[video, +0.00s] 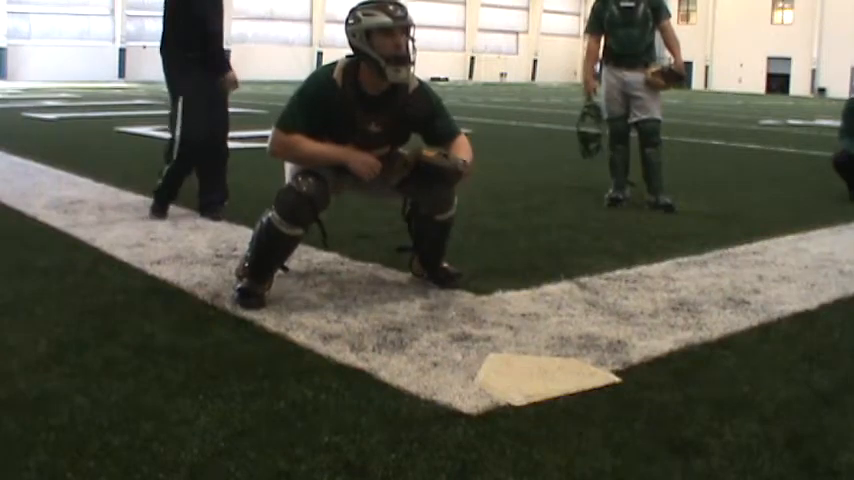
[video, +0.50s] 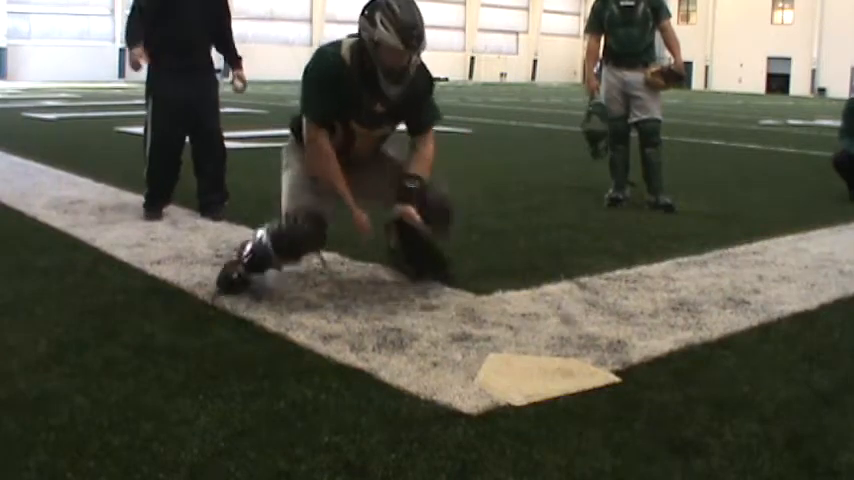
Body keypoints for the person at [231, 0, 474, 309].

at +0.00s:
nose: (400, 44)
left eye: (403, 35)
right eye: (388, 36)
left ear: (409, 37)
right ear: (362, 41)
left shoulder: (413, 92)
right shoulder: (325, 83)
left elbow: (456, 140)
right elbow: (280, 143)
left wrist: (456, 164)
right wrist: (348, 157)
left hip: (382, 166)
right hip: (322, 165)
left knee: (436, 181)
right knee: (305, 193)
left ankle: (430, 264)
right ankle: (254, 278)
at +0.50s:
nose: (400, 64)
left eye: (407, 55)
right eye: (392, 54)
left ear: (417, 51)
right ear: (369, 44)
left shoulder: (418, 79)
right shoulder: (328, 64)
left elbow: (424, 140)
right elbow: (315, 143)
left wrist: (409, 197)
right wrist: (352, 206)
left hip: (366, 158)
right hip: (313, 153)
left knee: (433, 206)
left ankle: (412, 255)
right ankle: (250, 261)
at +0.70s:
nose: (401, 94)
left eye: (408, 84)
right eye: (392, 84)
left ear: (416, 78)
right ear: (368, 74)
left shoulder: (415, 113)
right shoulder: (330, 107)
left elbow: (418, 162)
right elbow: (308, 185)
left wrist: (384, 208)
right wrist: (344, 240)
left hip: (370, 206)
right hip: (316, 204)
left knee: (430, 281)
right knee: (292, 296)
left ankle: (371, 254)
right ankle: (252, 264)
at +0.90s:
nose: (381, 110)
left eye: (389, 103)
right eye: (373, 103)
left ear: (400, 89)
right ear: (350, 84)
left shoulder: (405, 113)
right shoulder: (310, 110)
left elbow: (403, 160)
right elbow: (267, 155)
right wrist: (317, 211)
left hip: (371, 205)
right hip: (312, 203)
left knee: (430, 281)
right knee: (291, 297)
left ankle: (362, 255)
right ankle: (255, 265)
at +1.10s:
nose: (350, 95)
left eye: (358, 87)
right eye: (340, 87)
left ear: (372, 70)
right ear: (318, 71)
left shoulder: (384, 77)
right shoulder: (286, 94)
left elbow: (396, 118)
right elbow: (246, 140)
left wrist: (388, 158)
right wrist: (281, 188)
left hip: (377, 182)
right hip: (322, 194)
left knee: (450, 250)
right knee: (287, 297)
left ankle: (412, 245)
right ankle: (251, 266)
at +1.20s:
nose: (368, 111)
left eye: (376, 103)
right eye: (358, 102)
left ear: (392, 76)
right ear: (336, 81)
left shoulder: (399, 83)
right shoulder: (310, 107)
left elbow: (414, 108)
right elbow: (282, 198)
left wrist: (416, 137)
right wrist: (315, 276)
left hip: (381, 183)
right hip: (328, 194)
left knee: (455, 187)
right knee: (286, 298)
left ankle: (449, 262)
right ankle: (251, 270)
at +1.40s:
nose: (437, 72)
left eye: (446, 62)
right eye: (427, 62)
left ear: (456, 52)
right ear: (406, 50)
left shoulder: (463, 77)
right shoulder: (374, 90)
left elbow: (508, 115)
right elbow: (350, 181)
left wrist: (502, 124)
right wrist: (395, 209)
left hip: (435, 179)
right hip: (372, 183)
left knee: (491, 185)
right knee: (298, 295)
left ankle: (474, 294)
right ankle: (243, 263)